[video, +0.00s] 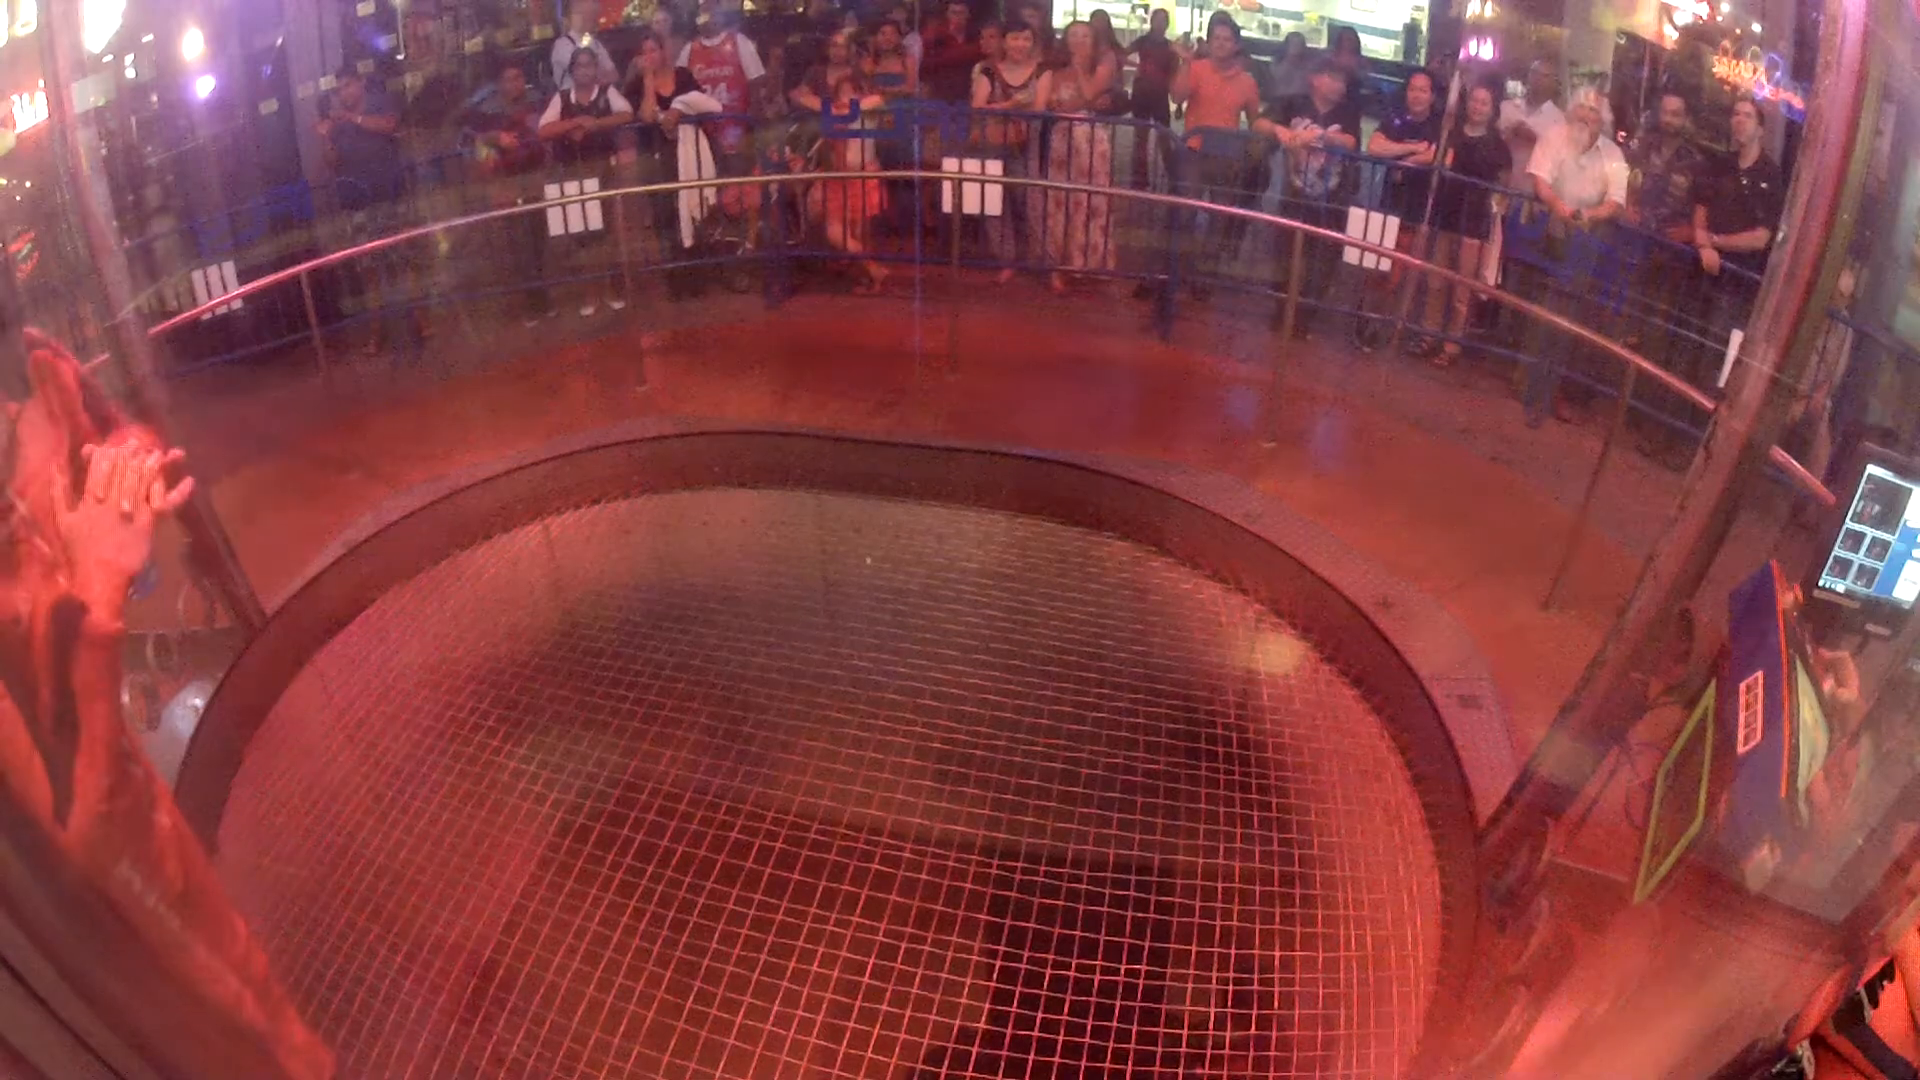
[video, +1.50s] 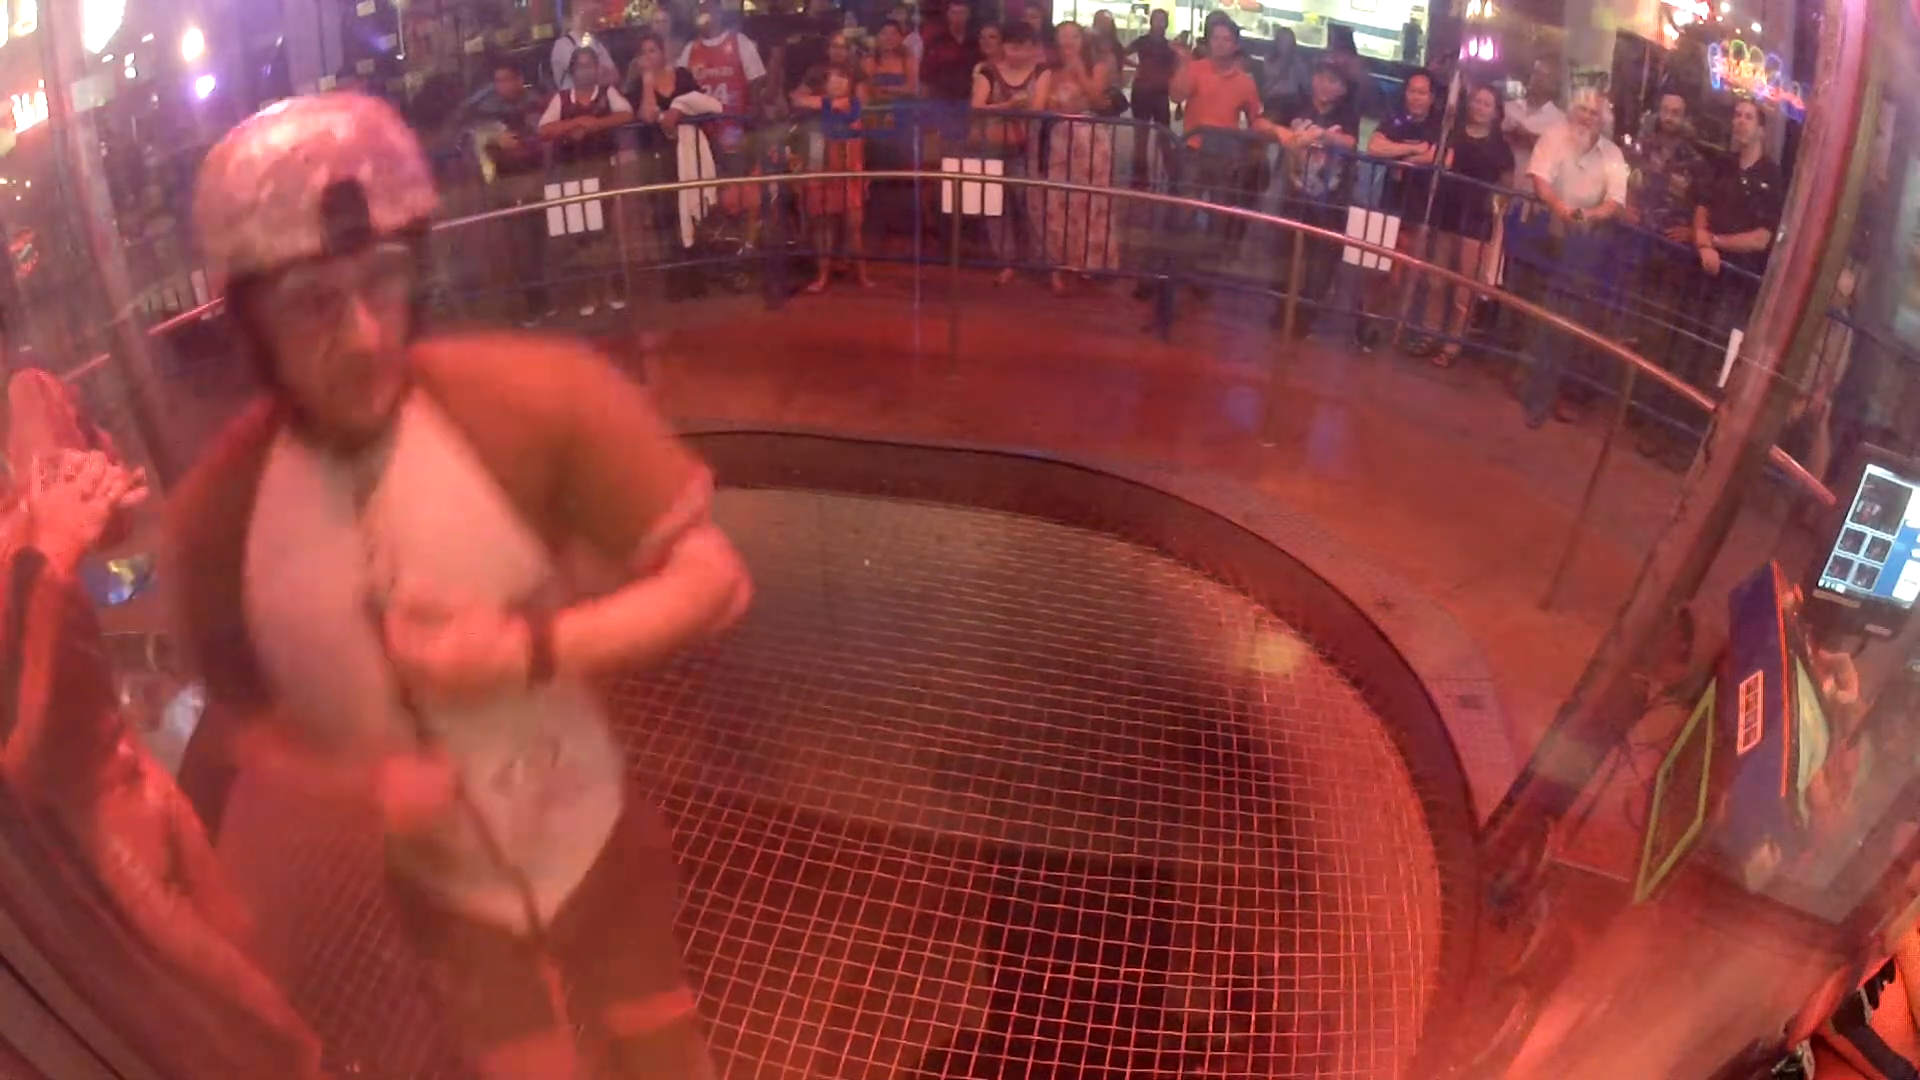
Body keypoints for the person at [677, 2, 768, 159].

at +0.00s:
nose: (707, 23)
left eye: (712, 18)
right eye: (702, 19)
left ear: (721, 19)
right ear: (697, 23)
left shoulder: (739, 43)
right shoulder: (690, 48)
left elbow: (756, 84)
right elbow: (680, 86)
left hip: (734, 124)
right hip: (702, 125)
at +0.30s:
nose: (707, 24)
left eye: (711, 17)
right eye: (702, 19)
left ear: (721, 18)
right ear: (697, 23)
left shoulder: (739, 43)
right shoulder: (691, 48)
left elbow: (757, 85)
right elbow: (679, 85)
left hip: (734, 123)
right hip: (702, 125)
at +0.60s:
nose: (703, 18)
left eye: (708, 13)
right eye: (699, 13)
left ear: (719, 15)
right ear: (695, 19)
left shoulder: (739, 42)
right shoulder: (691, 48)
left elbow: (757, 84)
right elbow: (680, 84)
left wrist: (752, 117)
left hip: (733, 124)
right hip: (701, 125)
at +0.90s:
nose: (703, 18)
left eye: (708, 13)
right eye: (700, 13)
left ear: (719, 15)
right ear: (695, 19)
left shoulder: (739, 42)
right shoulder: (691, 48)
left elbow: (756, 83)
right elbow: (681, 84)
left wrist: (753, 116)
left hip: (733, 123)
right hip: (702, 124)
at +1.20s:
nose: (704, 17)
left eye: (709, 12)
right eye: (700, 13)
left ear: (719, 14)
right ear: (696, 18)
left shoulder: (739, 43)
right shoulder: (691, 48)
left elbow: (756, 85)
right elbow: (681, 86)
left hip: (734, 124)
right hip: (701, 125)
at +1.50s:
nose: (704, 17)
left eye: (709, 12)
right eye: (701, 12)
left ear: (719, 14)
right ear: (696, 18)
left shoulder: (740, 42)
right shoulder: (691, 48)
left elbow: (756, 83)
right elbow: (680, 83)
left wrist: (753, 115)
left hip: (734, 123)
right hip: (702, 124)